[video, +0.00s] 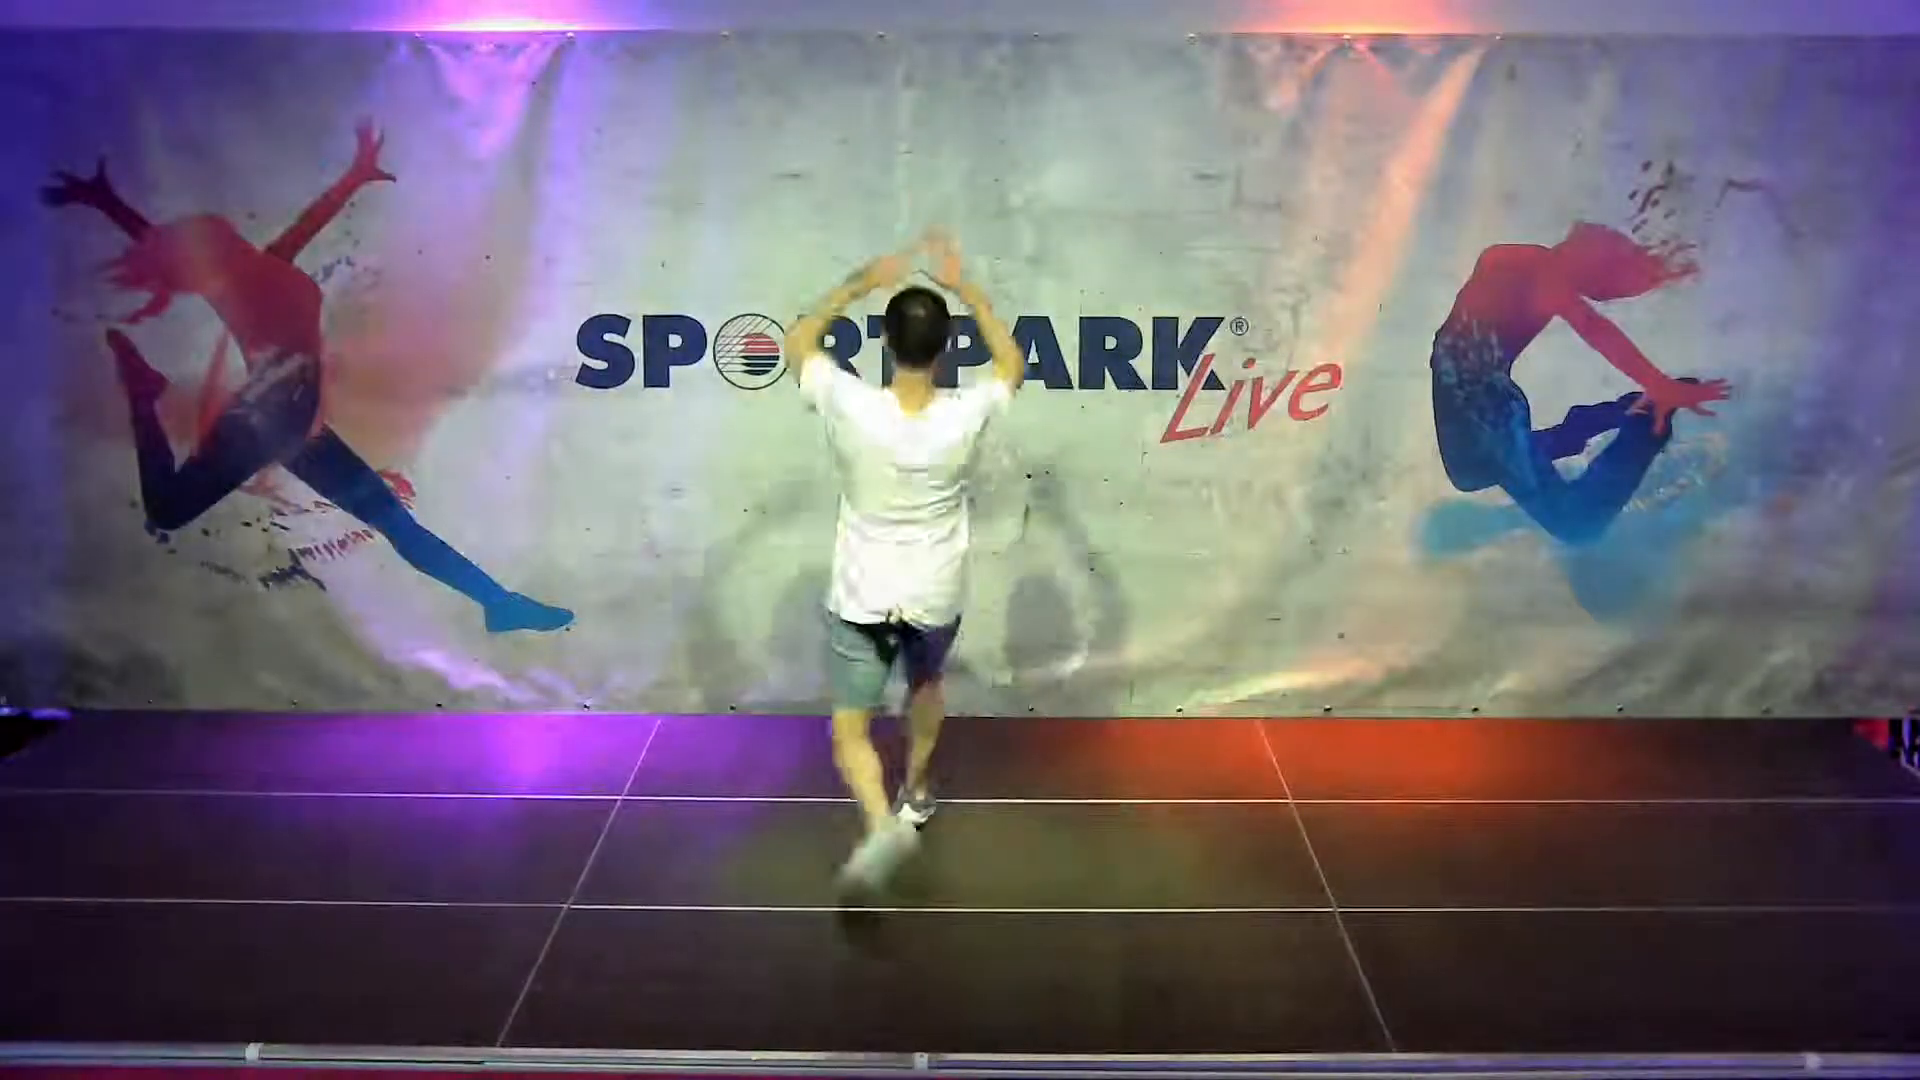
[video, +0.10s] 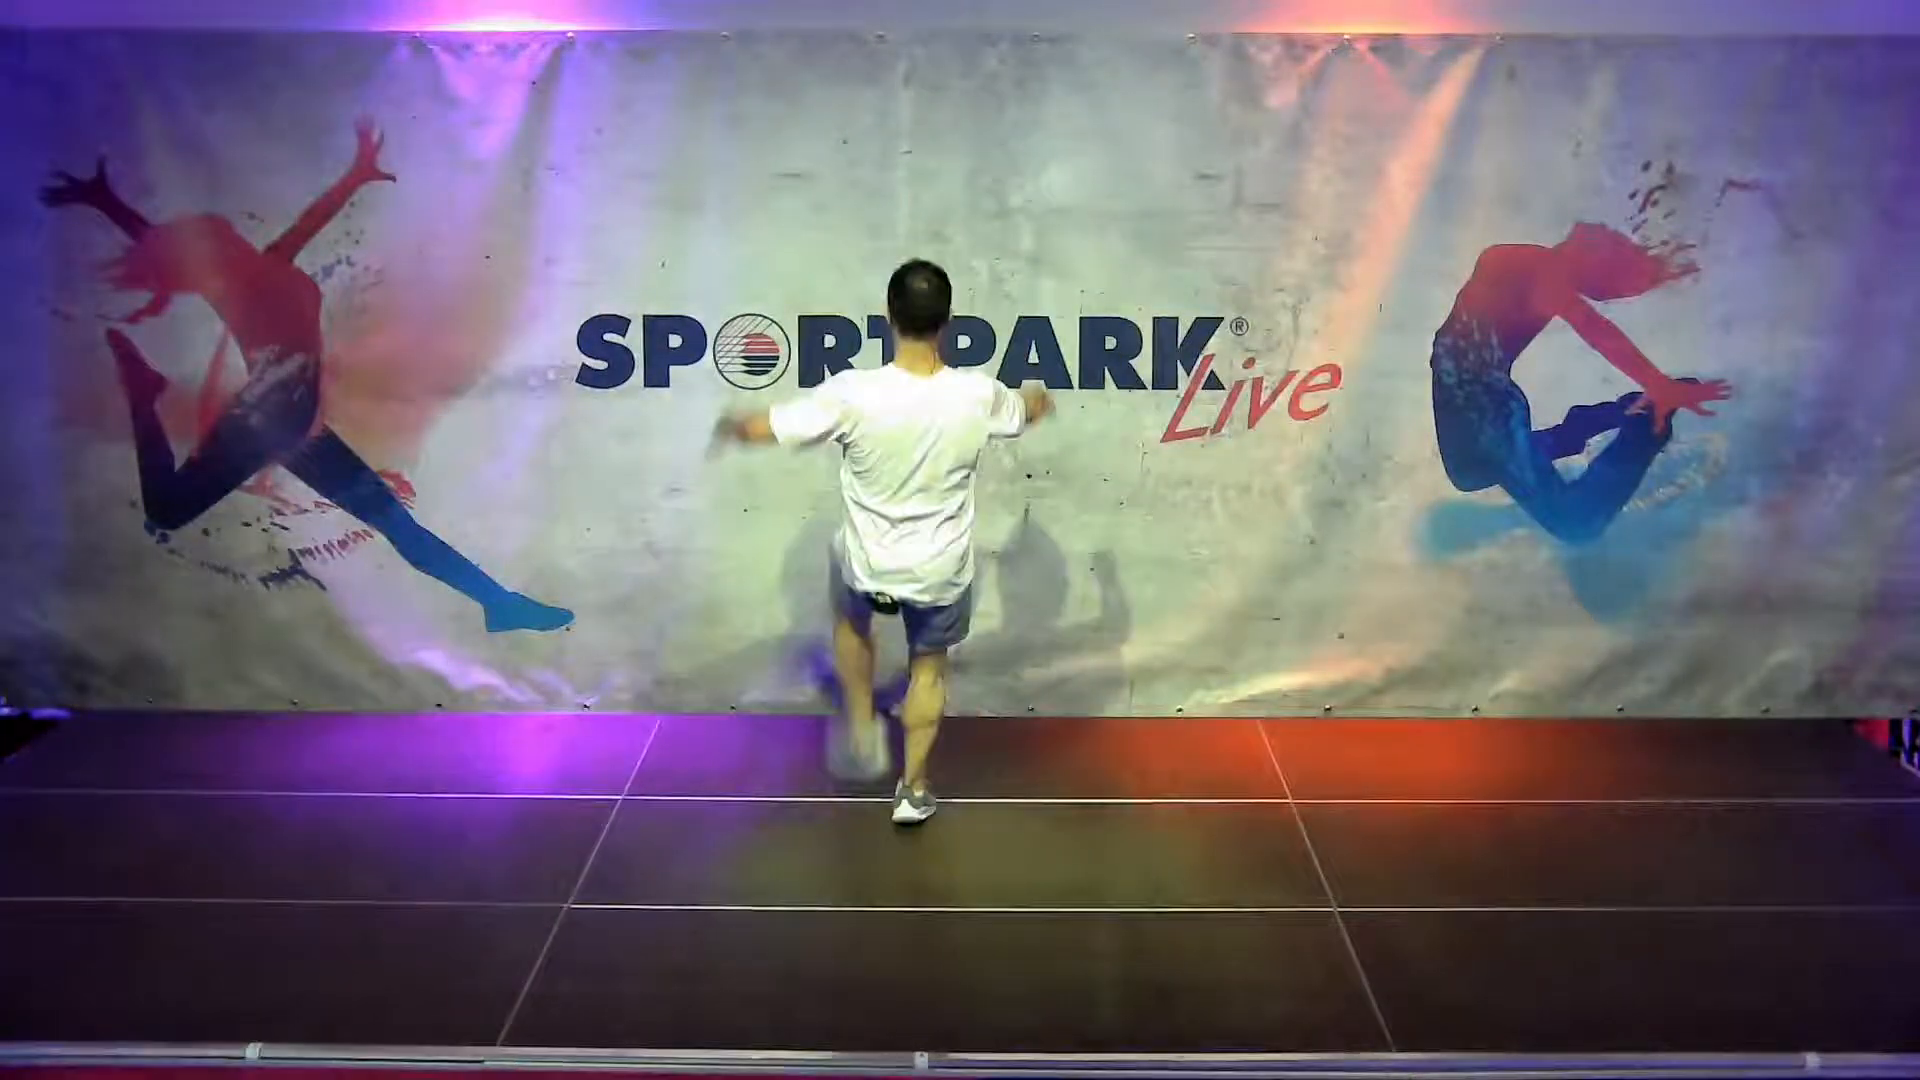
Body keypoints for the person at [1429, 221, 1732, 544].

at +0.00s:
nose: (1597, 284)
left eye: (1605, 281)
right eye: (1605, 278)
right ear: (1592, 243)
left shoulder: (1551, 283)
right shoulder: (1534, 265)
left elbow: (1596, 330)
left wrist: (1657, 383)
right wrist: (1649, 266)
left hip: (1485, 396)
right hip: (1455, 385)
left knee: (1575, 524)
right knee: (1468, 474)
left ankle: (1647, 426)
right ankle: (1569, 437)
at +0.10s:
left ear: (1591, 247)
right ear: (1593, 240)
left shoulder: (1548, 281)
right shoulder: (1536, 266)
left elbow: (1597, 330)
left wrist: (1657, 384)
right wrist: (1649, 271)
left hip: (1486, 400)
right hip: (1454, 389)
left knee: (1575, 524)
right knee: (1468, 474)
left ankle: (1647, 427)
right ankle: (1571, 436)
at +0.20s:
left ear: (1589, 246)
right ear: (1592, 239)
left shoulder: (1547, 281)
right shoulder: (1536, 265)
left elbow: (1596, 329)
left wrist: (1657, 383)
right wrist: (1648, 272)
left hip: (1486, 401)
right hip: (1454, 390)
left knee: (1575, 524)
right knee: (1468, 474)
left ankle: (1647, 426)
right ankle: (1570, 437)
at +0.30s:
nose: (1599, 230)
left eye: (1605, 245)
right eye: (1611, 239)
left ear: (1592, 249)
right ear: (1593, 237)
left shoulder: (1547, 281)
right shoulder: (1535, 265)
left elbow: (1596, 329)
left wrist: (1657, 383)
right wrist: (1649, 272)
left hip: (1487, 401)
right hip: (1454, 390)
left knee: (1575, 524)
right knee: (1468, 474)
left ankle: (1648, 425)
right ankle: (1570, 436)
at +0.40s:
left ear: (1588, 244)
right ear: (1592, 240)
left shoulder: (1547, 280)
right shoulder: (1537, 266)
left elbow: (1596, 329)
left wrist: (1657, 383)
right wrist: (1648, 271)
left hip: (1486, 400)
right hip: (1455, 388)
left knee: (1575, 524)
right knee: (1468, 474)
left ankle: (1647, 426)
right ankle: (1570, 437)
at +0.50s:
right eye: (1608, 280)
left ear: (1588, 243)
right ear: (1592, 239)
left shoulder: (1546, 280)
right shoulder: (1536, 266)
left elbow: (1596, 329)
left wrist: (1657, 383)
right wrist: (1648, 271)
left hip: (1487, 400)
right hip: (1454, 388)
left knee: (1575, 524)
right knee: (1468, 474)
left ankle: (1647, 426)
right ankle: (1570, 436)